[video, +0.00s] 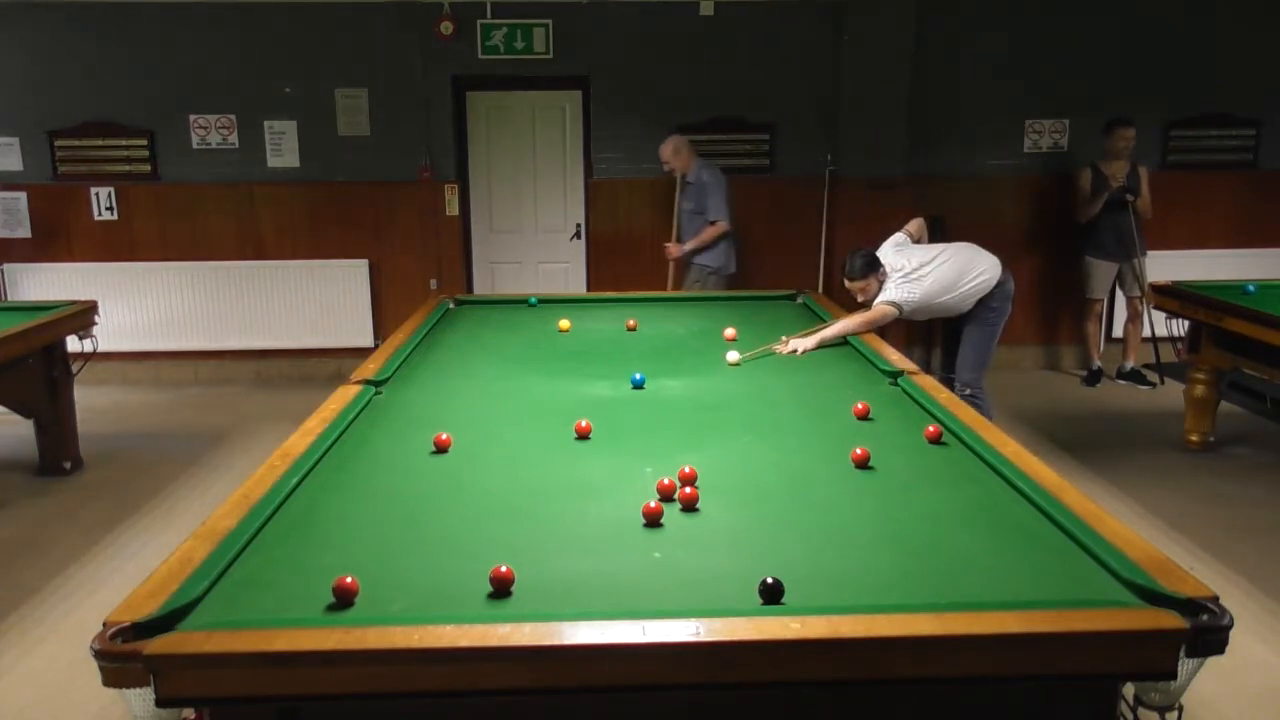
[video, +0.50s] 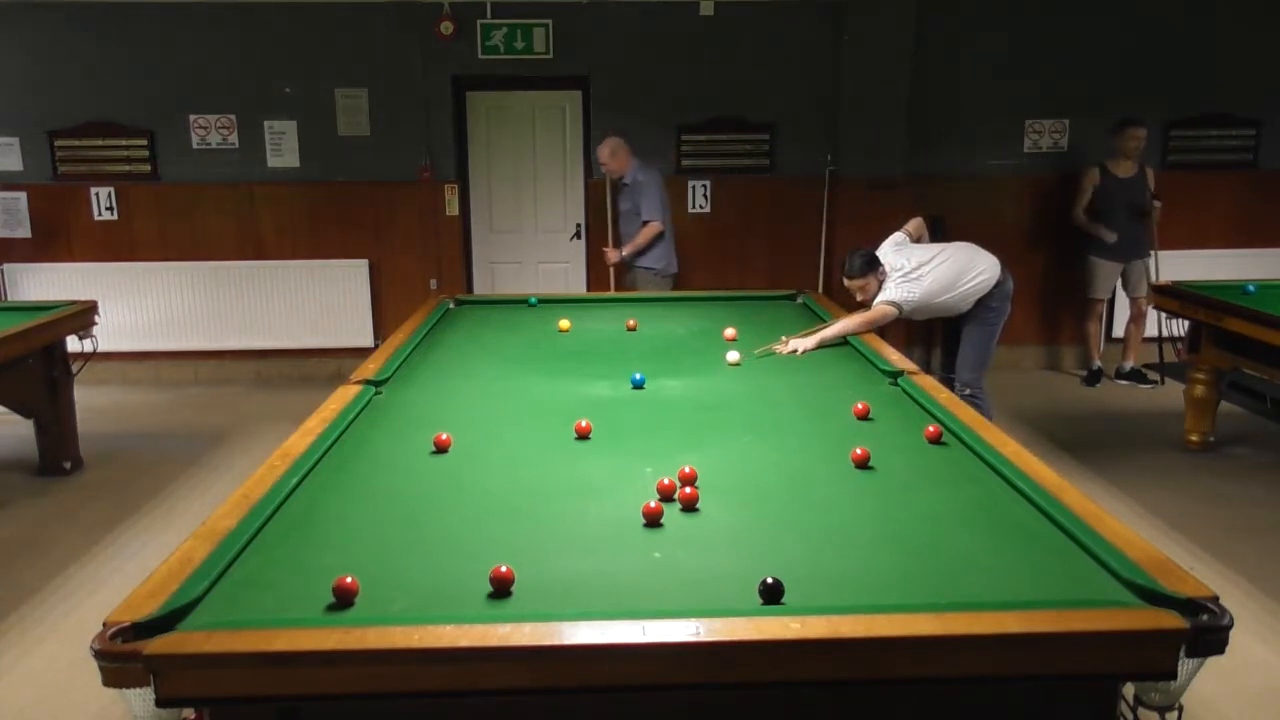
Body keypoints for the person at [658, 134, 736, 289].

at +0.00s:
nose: (666, 169)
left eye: (668, 162)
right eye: (664, 163)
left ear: (683, 155)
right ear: (682, 156)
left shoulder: (708, 176)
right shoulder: (692, 177)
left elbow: (722, 224)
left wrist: (685, 248)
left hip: (712, 264)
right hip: (700, 262)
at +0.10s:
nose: (653, 167)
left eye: (655, 160)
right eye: (651, 162)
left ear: (669, 152)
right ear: (669, 153)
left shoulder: (695, 175)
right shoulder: (681, 176)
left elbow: (707, 224)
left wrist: (670, 247)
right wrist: (667, 247)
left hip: (697, 265)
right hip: (686, 262)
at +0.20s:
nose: (641, 166)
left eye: (643, 159)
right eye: (639, 161)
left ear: (659, 152)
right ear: (659, 153)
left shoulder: (684, 174)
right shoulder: (670, 175)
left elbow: (691, 223)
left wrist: (655, 248)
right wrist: (654, 247)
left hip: (686, 264)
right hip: (674, 261)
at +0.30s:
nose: (629, 165)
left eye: (631, 159)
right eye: (627, 160)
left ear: (647, 152)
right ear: (645, 153)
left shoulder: (672, 175)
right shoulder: (657, 176)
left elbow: (677, 224)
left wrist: (642, 248)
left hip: (676, 266)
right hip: (662, 262)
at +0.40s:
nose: (615, 167)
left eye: (618, 162)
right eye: (614, 162)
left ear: (634, 154)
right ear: (632, 155)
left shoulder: (659, 176)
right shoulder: (643, 178)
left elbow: (665, 225)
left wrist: (632, 251)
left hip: (666, 268)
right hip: (651, 265)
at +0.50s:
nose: (603, 170)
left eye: (605, 164)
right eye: (601, 165)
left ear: (621, 156)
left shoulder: (646, 178)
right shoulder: (628, 181)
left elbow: (655, 225)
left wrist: (623, 253)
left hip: (653, 269)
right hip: (637, 266)